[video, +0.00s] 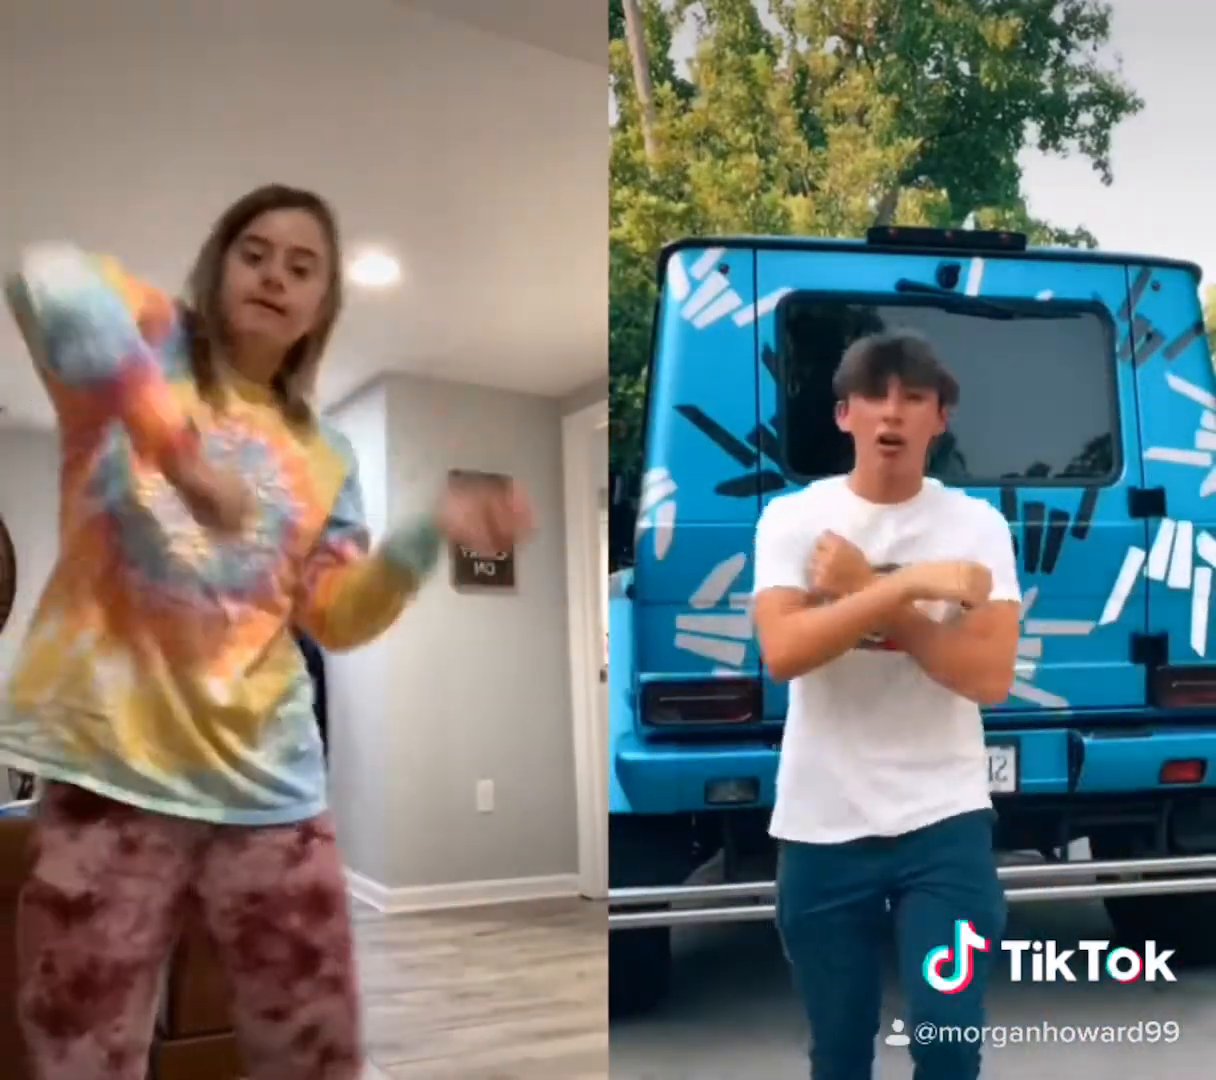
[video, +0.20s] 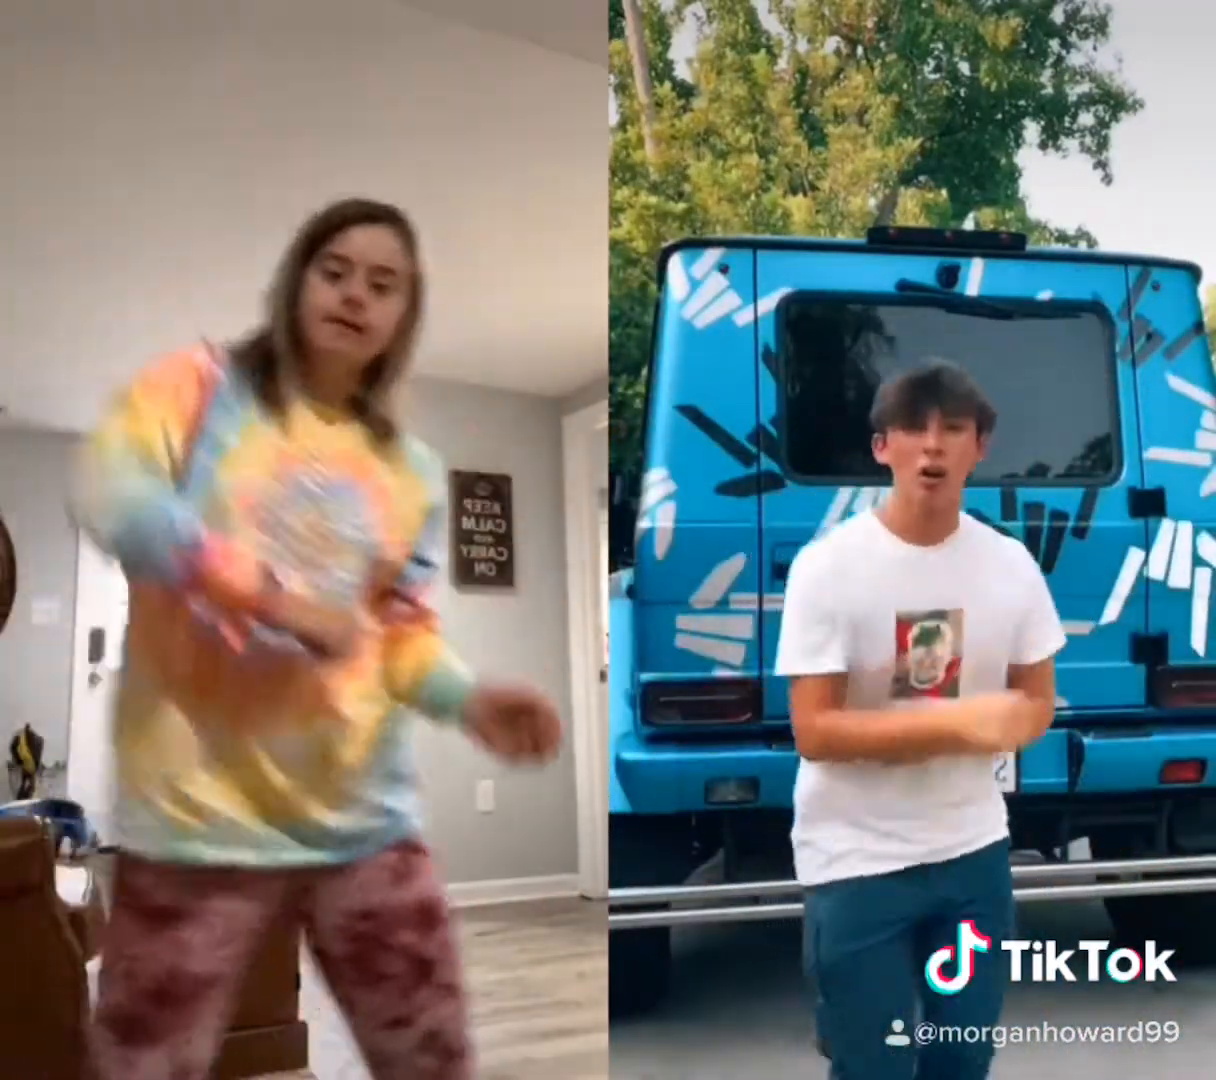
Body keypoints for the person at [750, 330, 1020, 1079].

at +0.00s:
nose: (893, 416)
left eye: (912, 401)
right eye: (876, 400)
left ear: (940, 419)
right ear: (845, 416)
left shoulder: (978, 524)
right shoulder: (792, 518)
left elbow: (990, 676)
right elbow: (783, 652)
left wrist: (870, 594)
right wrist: (914, 582)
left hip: (947, 824)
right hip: (823, 833)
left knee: (950, 1049)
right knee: (839, 1056)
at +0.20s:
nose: (934, 446)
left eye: (952, 429)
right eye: (915, 429)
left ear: (978, 449)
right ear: (883, 448)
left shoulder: (1011, 566)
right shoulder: (828, 567)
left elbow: (1037, 700)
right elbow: (815, 730)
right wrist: (953, 722)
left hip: (973, 855)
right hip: (855, 865)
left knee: (963, 1062)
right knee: (876, 1063)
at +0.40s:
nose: (991, 433)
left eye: (1008, 416)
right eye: (973, 412)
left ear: (1025, 430)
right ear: (927, 420)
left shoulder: (1014, 538)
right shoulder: (874, 543)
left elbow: (1033, 660)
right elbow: (833, 715)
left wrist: (1077, 721)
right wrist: (862, 877)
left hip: (988, 840)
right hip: (904, 854)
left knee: (974, 1051)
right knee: (942, 1057)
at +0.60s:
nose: (1053, 464)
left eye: (1064, 446)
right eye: (1032, 442)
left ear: (1074, 460)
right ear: (974, 453)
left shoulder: (997, 558)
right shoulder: (968, 558)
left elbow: (1034, 704)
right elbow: (871, 717)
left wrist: (1174, 712)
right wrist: (794, 882)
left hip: (982, 886)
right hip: (952, 897)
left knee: (1054, 1063)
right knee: (1033, 1069)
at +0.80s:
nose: (1133, 445)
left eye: (1144, 428)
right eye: (1113, 422)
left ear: (1154, 436)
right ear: (1053, 428)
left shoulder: (1025, 524)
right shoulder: (1068, 532)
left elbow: (1026, 726)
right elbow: (1074, 726)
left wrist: (1107, 818)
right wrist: (1116, 902)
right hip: (1016, 873)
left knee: (1163, 1020)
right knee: (1028, 1062)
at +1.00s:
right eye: (1209, 431)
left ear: (1170, 434)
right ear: (1162, 433)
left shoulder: (1129, 525)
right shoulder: (1184, 531)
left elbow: (1061, 697)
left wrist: (1072, 849)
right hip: (1138, 869)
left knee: (1202, 1054)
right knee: (1117, 1067)